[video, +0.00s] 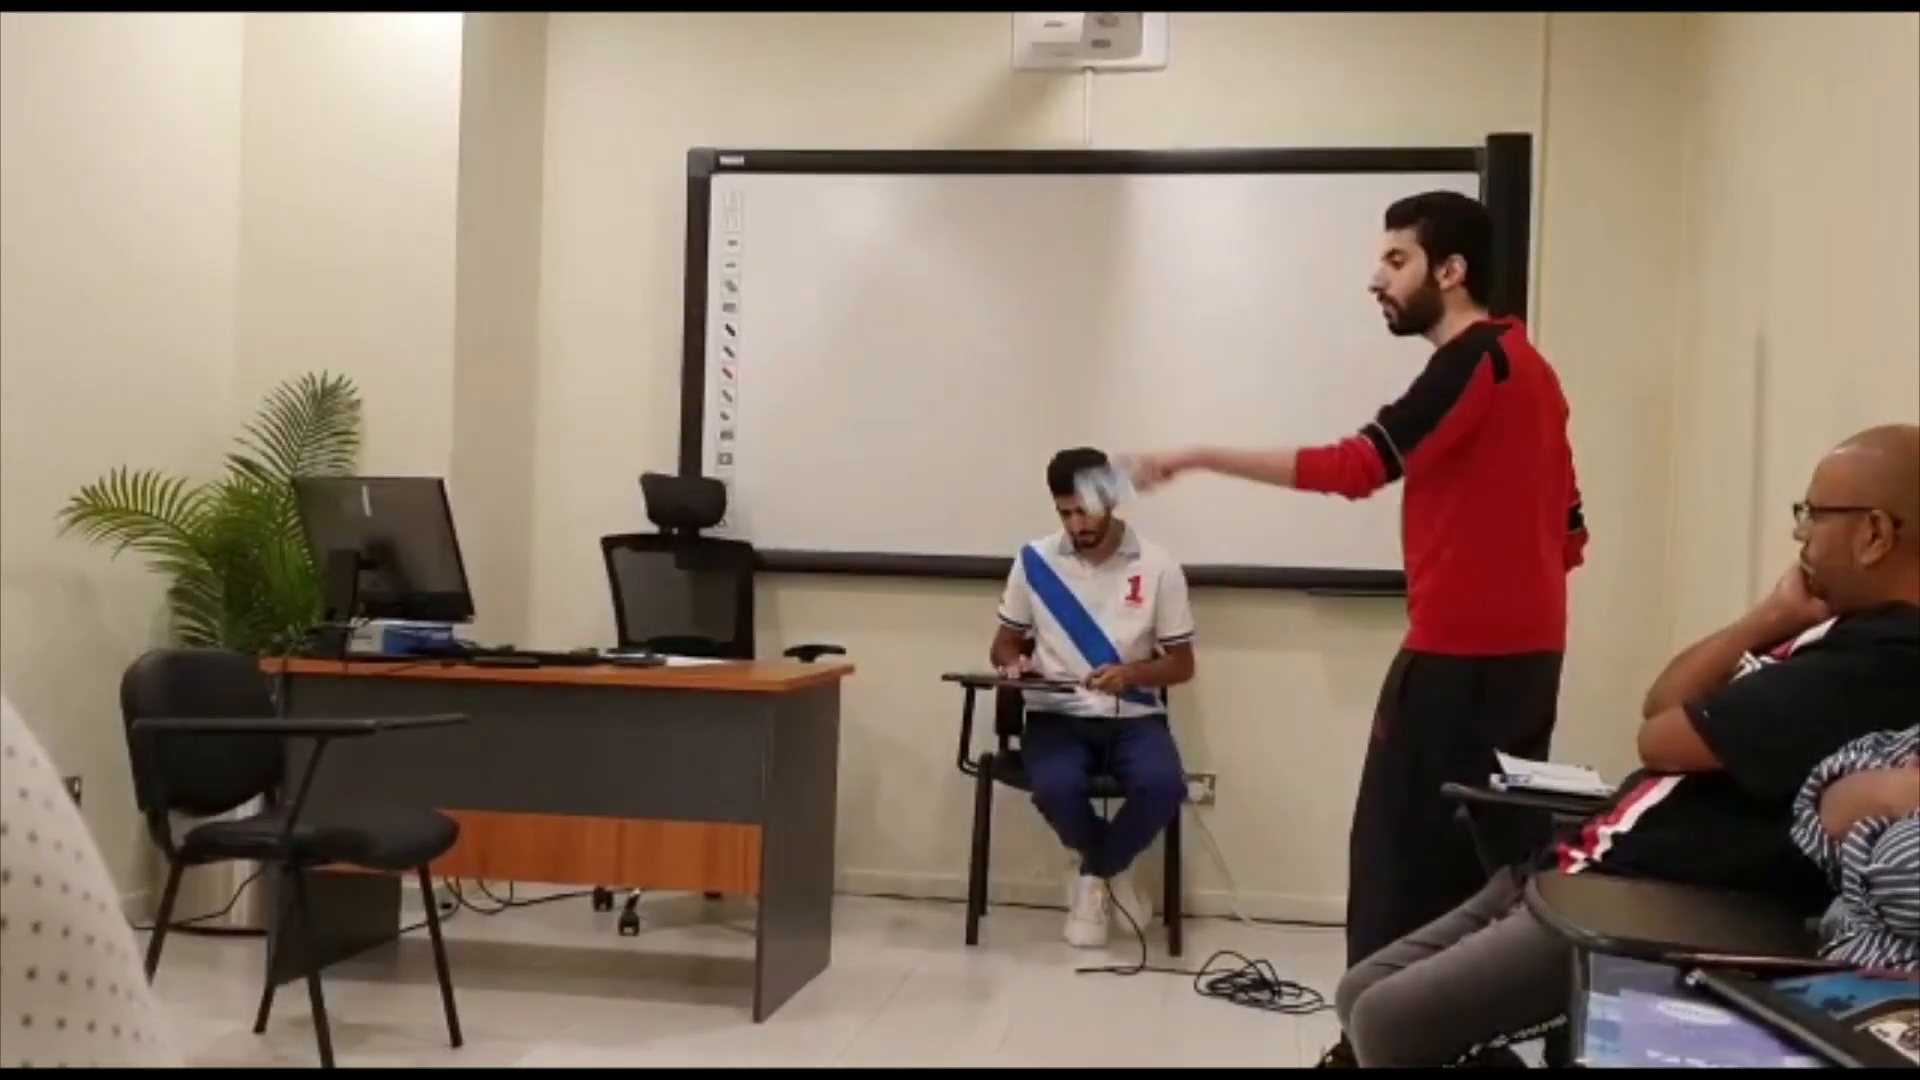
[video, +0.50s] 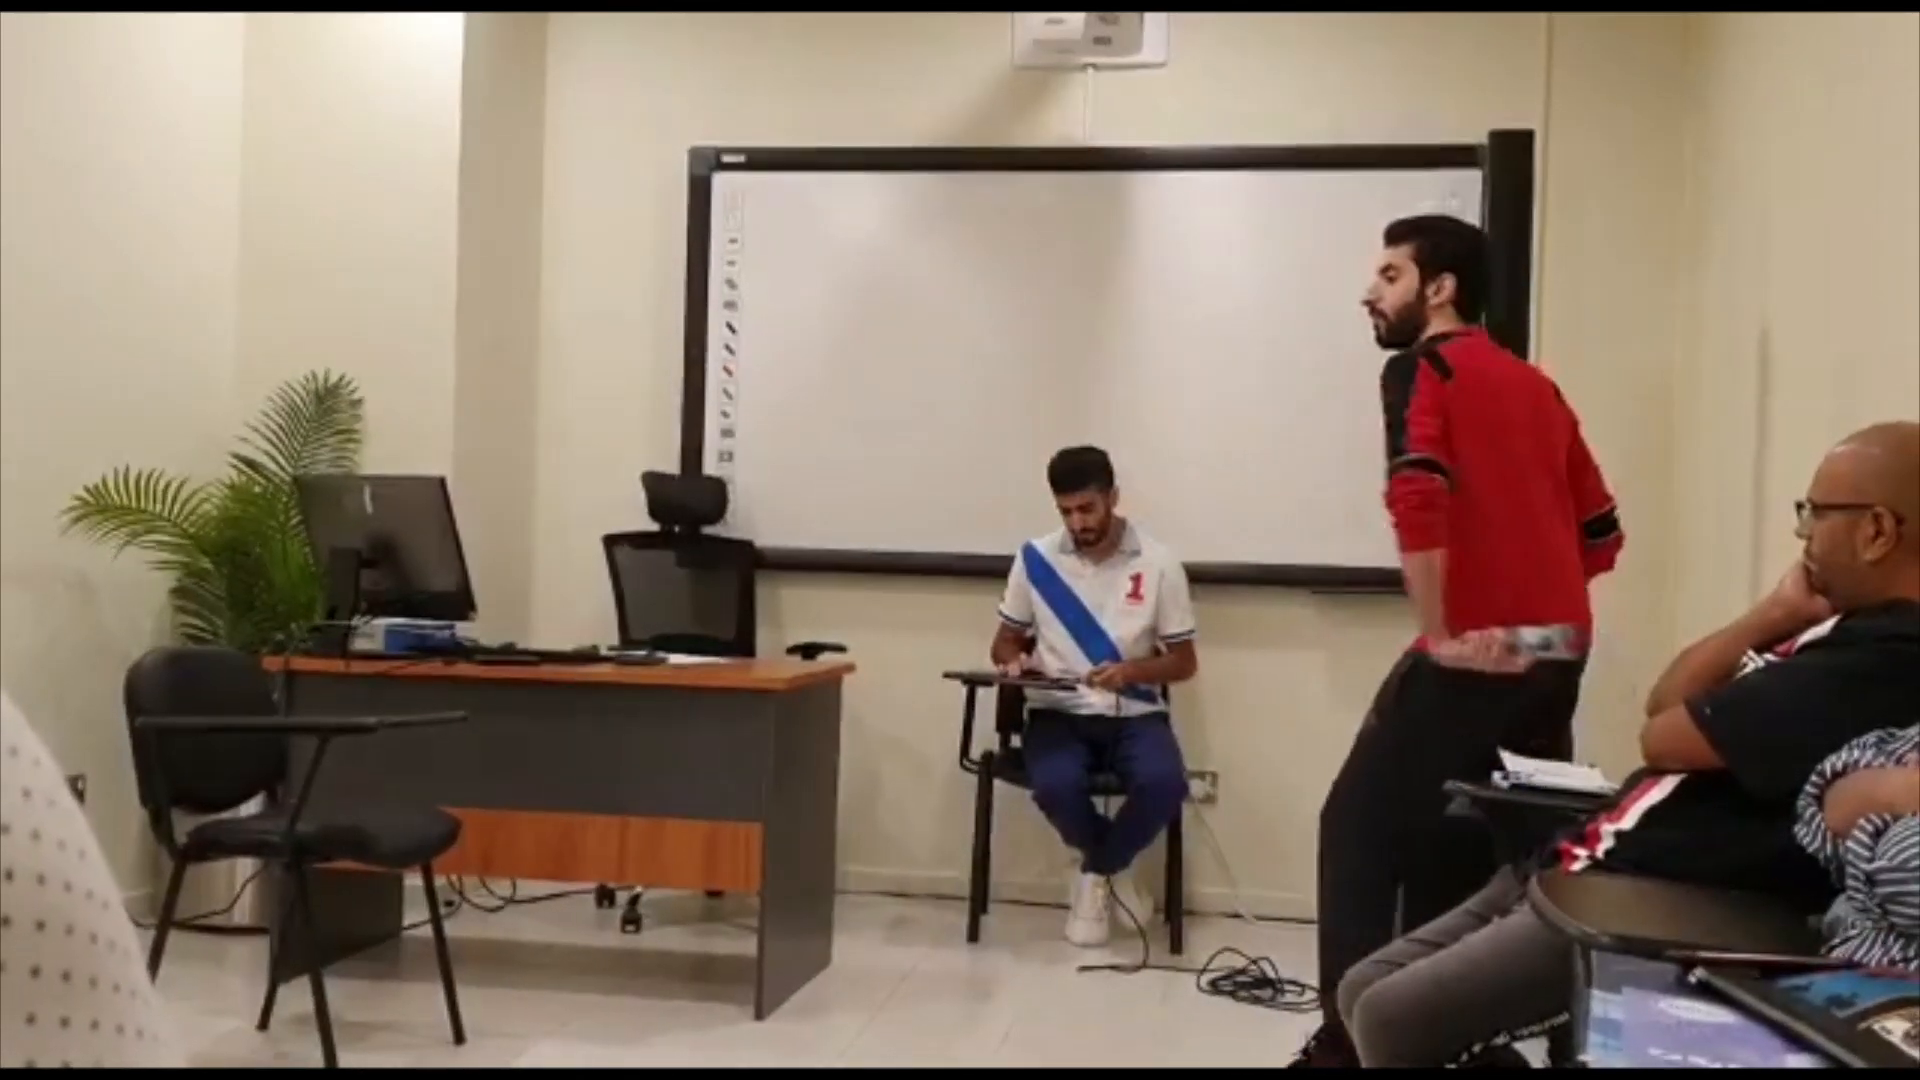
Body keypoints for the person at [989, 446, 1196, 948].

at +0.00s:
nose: (1077, 525)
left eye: (1086, 512)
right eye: (1067, 513)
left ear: (1113, 504)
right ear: (1057, 510)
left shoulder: (1157, 567)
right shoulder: (1034, 562)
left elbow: (1182, 664)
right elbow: (1004, 645)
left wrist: (1129, 674)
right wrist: (1013, 662)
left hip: (1133, 718)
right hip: (1056, 717)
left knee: (1162, 788)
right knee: (1054, 791)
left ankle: (1093, 880)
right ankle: (1113, 868)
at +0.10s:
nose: (1078, 525)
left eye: (1087, 511)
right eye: (1067, 514)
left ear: (1112, 500)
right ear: (1056, 509)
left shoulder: (1156, 565)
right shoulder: (1034, 562)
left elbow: (1182, 664)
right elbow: (1003, 645)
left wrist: (1130, 674)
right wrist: (1013, 662)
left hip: (1133, 717)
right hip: (1056, 716)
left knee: (1162, 787)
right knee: (1054, 791)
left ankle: (1093, 879)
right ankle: (1113, 867)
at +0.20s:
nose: (1077, 525)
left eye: (1086, 511)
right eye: (1067, 514)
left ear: (1112, 500)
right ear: (1056, 509)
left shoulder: (1156, 566)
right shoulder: (1034, 562)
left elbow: (1182, 664)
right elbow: (1004, 645)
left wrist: (1129, 674)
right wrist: (1012, 662)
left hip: (1133, 717)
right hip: (1056, 716)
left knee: (1162, 788)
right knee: (1054, 791)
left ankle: (1093, 880)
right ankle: (1113, 867)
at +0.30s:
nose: (1077, 524)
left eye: (1086, 511)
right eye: (1066, 513)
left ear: (1112, 499)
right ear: (1056, 508)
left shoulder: (1156, 565)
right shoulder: (1034, 561)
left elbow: (1182, 662)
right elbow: (1003, 644)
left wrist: (1130, 673)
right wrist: (1012, 661)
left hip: (1133, 716)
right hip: (1056, 715)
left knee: (1162, 787)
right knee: (1054, 790)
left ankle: (1093, 878)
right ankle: (1113, 868)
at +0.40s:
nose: (1077, 523)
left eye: (1087, 509)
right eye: (1067, 512)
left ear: (1112, 498)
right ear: (1056, 507)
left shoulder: (1157, 564)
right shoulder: (1035, 560)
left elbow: (1183, 661)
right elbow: (1004, 643)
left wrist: (1130, 671)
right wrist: (1013, 660)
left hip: (1135, 714)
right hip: (1057, 714)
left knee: (1163, 787)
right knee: (1054, 789)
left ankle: (1094, 878)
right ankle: (1113, 868)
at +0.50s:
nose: (1077, 523)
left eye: (1087, 509)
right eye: (1067, 512)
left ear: (1113, 498)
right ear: (1056, 507)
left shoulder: (1157, 564)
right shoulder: (1035, 560)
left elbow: (1184, 661)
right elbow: (1004, 643)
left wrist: (1129, 672)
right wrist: (1013, 660)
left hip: (1135, 714)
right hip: (1057, 713)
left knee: (1163, 786)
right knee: (1054, 789)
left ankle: (1094, 877)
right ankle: (1113, 867)